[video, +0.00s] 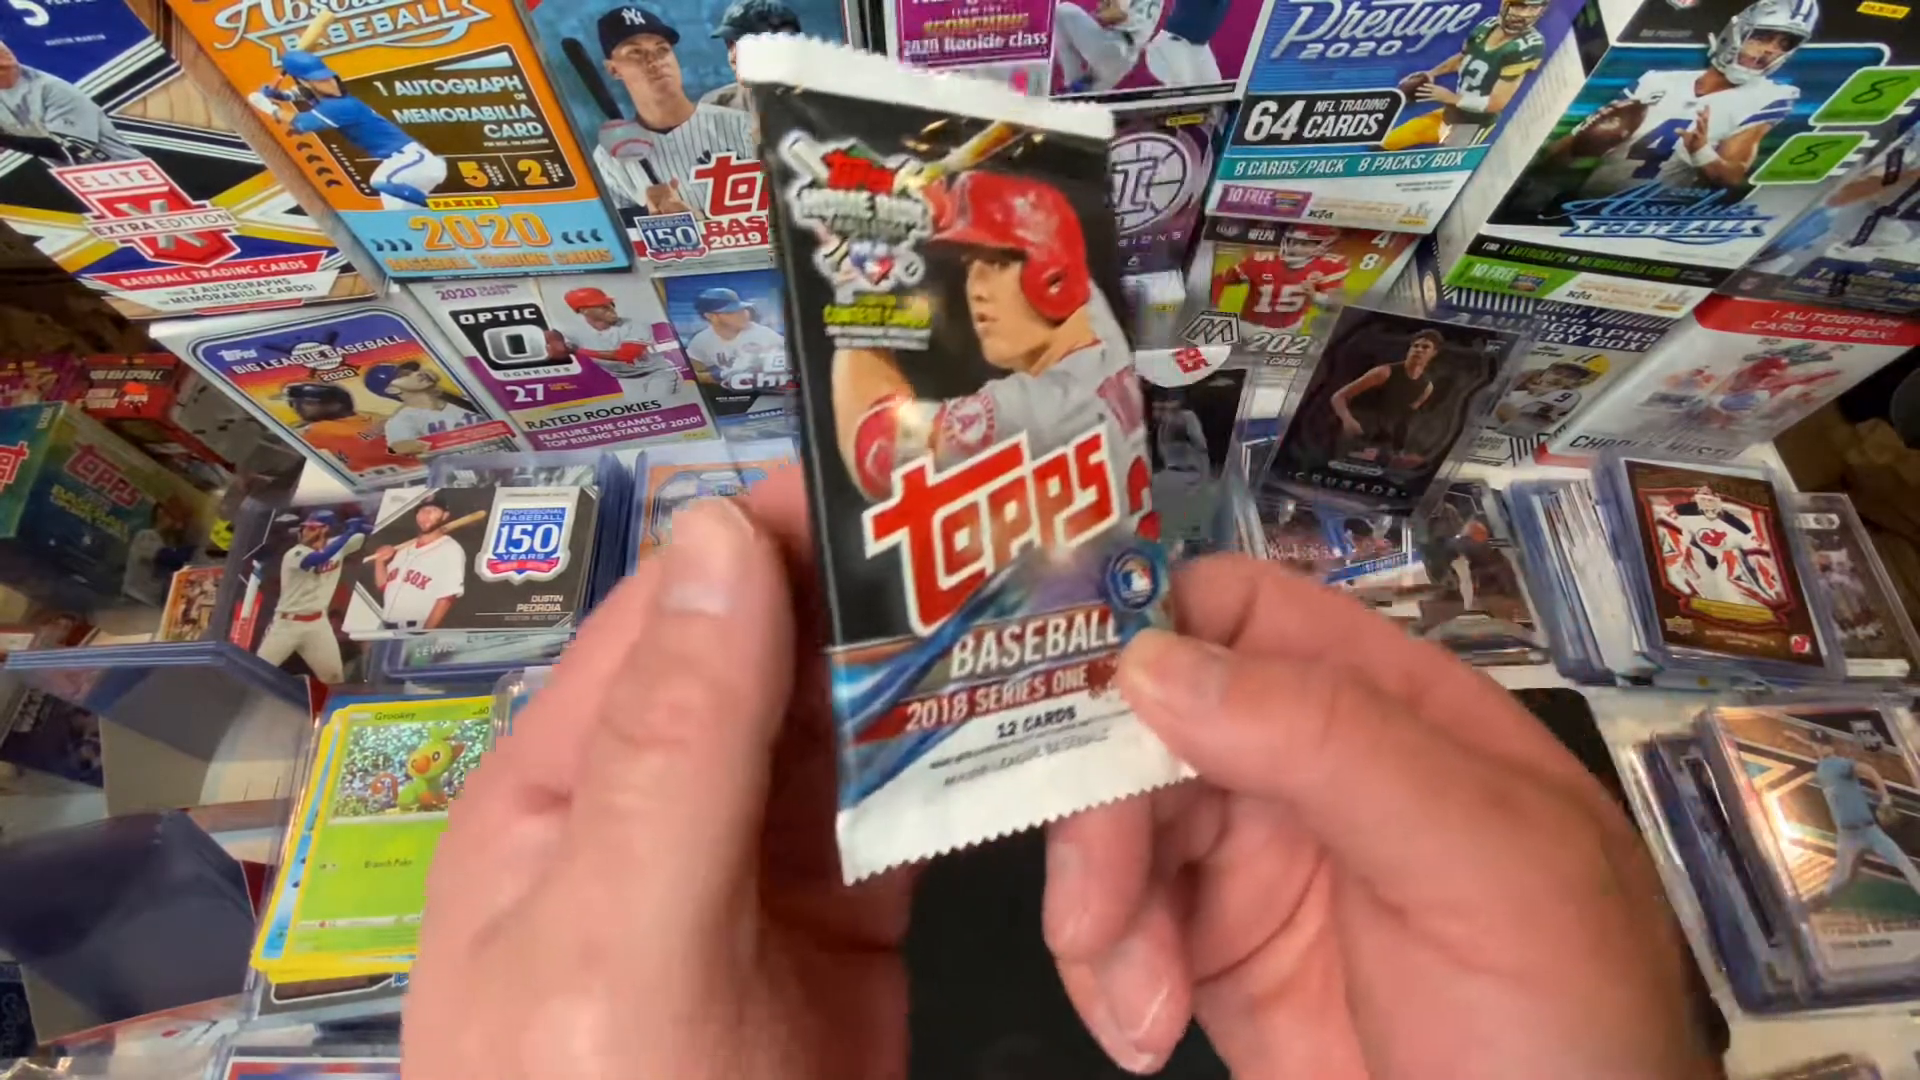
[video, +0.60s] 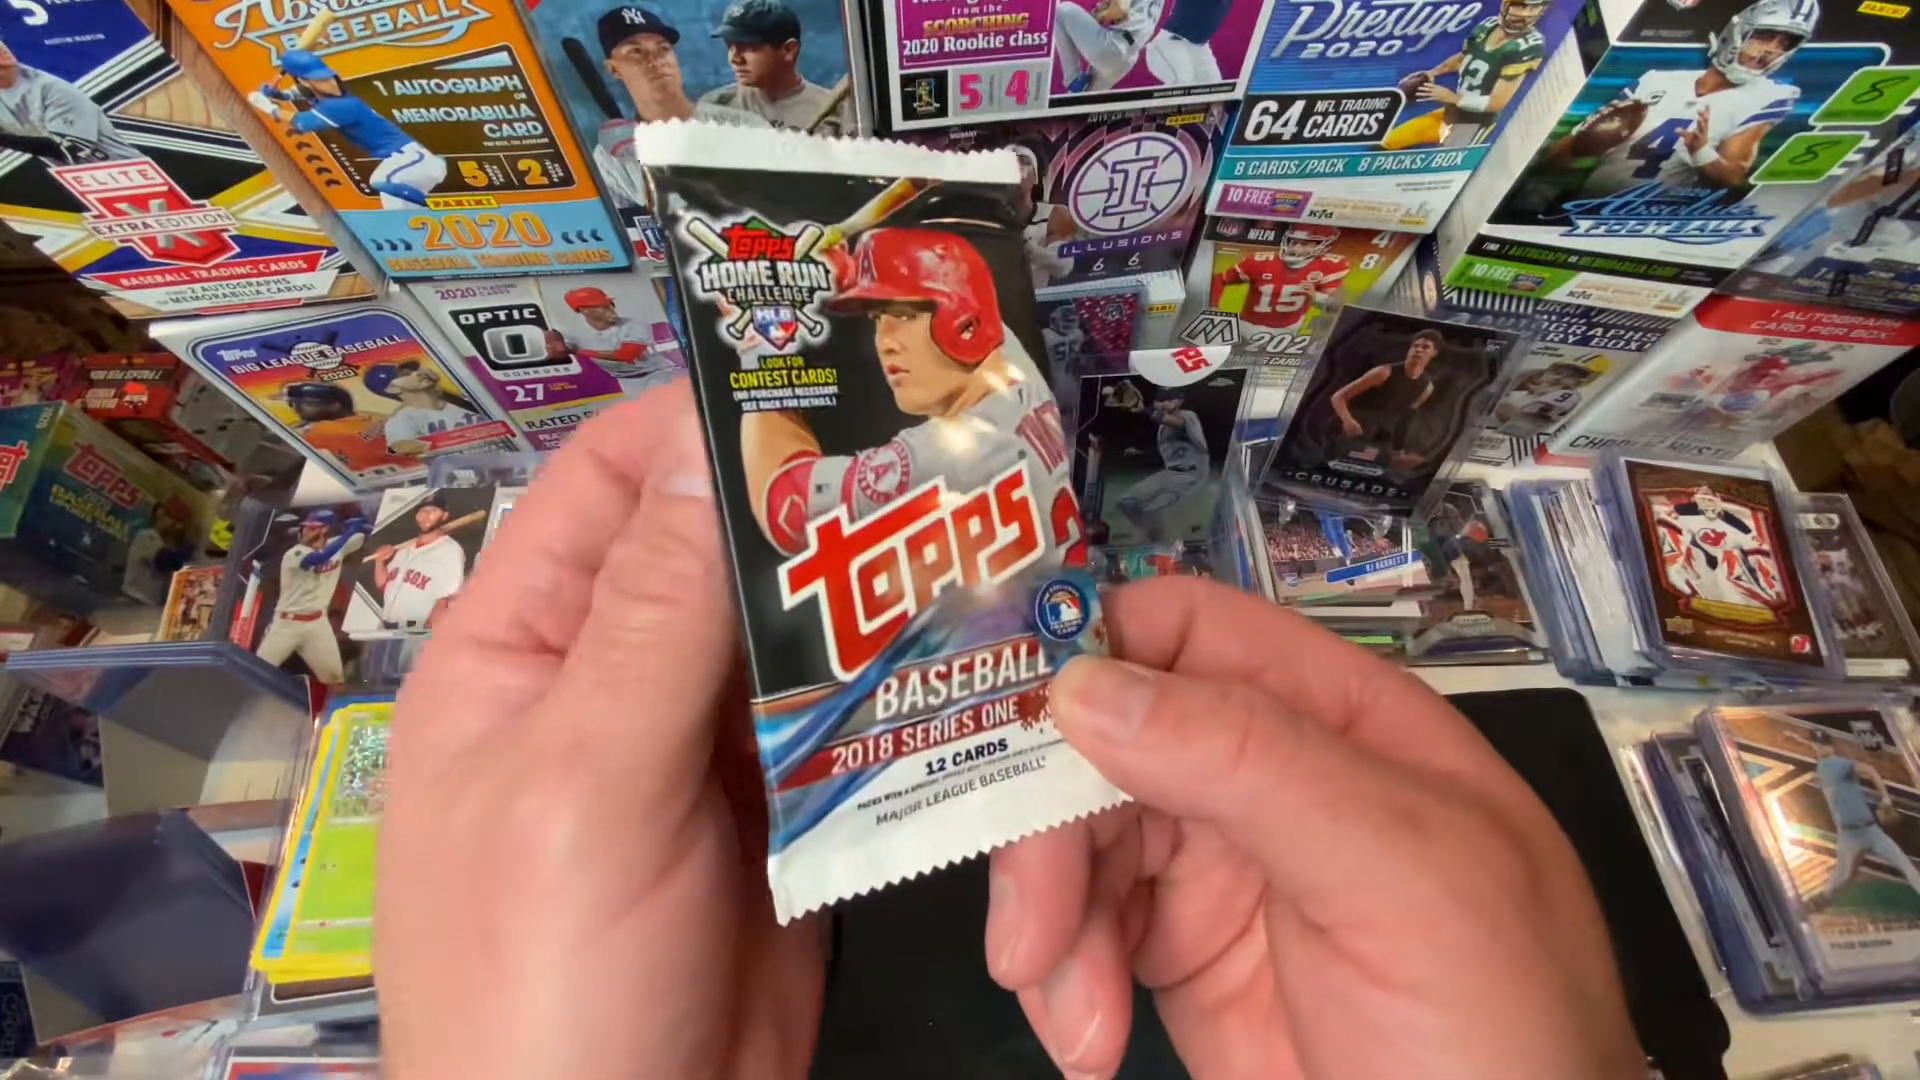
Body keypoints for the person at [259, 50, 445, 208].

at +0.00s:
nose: (330, 80)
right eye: (322, 78)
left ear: (310, 83)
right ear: (308, 83)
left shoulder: (343, 107)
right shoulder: (332, 102)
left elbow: (298, 123)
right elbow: (303, 92)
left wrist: (271, 109)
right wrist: (278, 95)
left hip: (415, 159)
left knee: (381, 179)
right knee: (399, 219)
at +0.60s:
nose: (331, 80)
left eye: (328, 76)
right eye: (322, 78)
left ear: (309, 82)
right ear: (307, 83)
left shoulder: (343, 106)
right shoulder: (332, 103)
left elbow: (299, 122)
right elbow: (301, 92)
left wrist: (270, 108)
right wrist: (276, 94)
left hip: (415, 158)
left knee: (380, 179)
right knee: (398, 221)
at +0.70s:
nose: (300, 87)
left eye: (301, 82)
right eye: (300, 83)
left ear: (309, 83)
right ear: (325, 79)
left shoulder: (342, 107)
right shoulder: (334, 102)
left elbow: (299, 123)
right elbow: (303, 93)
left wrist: (270, 110)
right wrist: (278, 96)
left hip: (413, 159)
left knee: (380, 180)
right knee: (398, 222)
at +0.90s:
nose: (299, 87)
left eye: (299, 82)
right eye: (298, 83)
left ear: (308, 83)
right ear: (324, 78)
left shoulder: (341, 107)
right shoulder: (334, 100)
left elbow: (298, 122)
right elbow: (303, 92)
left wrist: (268, 107)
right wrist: (277, 95)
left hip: (413, 157)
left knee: (380, 180)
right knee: (397, 222)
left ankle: (431, 214)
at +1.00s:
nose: (297, 87)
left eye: (298, 82)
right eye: (298, 83)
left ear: (306, 83)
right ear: (323, 77)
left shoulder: (341, 107)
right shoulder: (332, 100)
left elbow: (298, 122)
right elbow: (302, 93)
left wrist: (268, 108)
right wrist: (277, 95)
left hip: (414, 158)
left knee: (380, 180)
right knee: (397, 224)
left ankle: (432, 213)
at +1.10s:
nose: (298, 86)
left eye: (299, 82)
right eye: (298, 83)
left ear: (308, 83)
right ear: (324, 78)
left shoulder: (341, 107)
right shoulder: (334, 100)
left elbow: (298, 122)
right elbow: (304, 92)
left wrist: (268, 107)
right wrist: (278, 94)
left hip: (414, 157)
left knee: (380, 179)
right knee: (398, 223)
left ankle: (432, 213)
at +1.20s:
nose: (297, 87)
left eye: (298, 83)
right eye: (298, 84)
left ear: (306, 83)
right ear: (324, 78)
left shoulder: (342, 107)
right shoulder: (333, 101)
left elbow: (298, 122)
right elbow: (303, 93)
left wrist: (268, 108)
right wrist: (278, 95)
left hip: (414, 158)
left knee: (380, 180)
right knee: (397, 224)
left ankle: (432, 212)